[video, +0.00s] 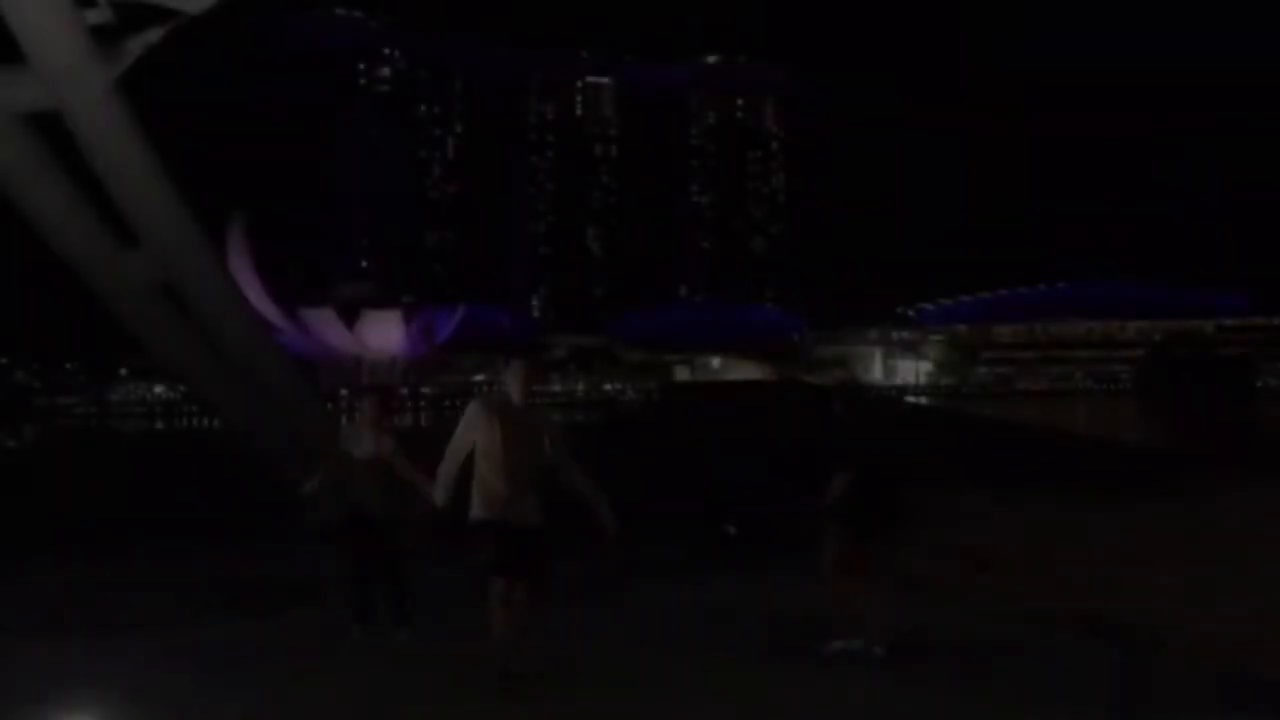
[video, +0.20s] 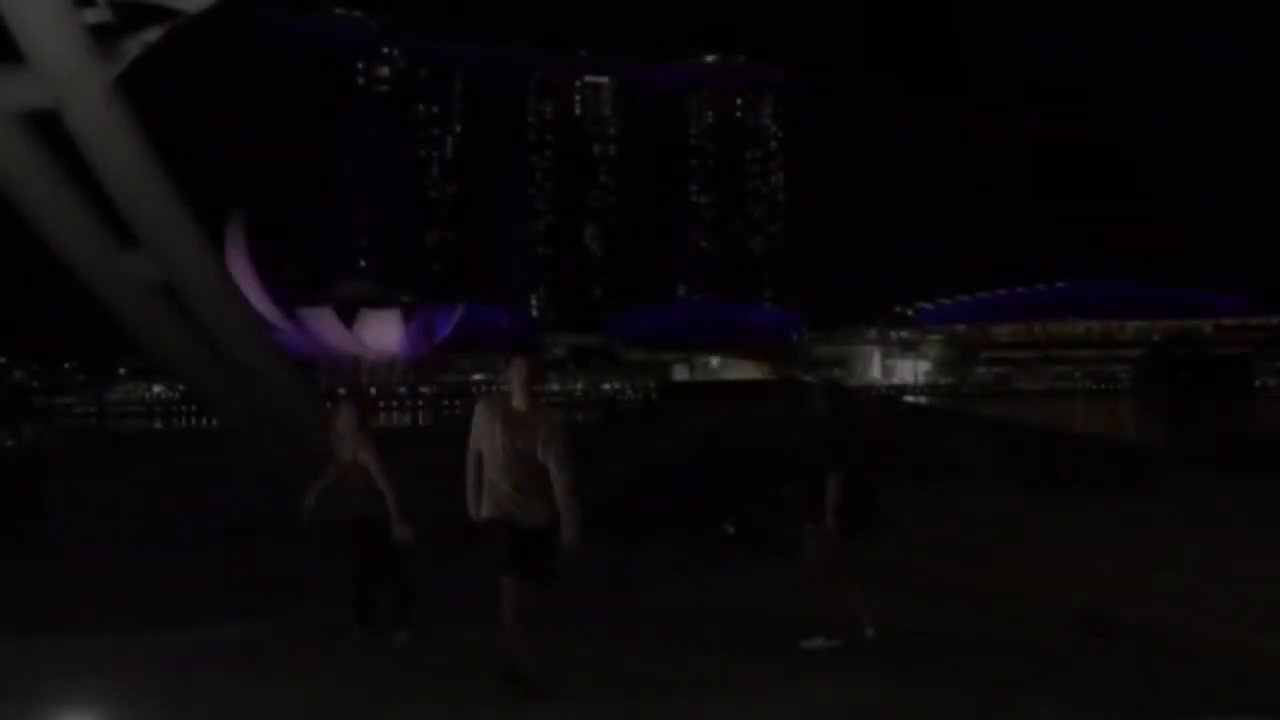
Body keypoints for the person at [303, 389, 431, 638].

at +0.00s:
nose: (368, 417)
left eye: (372, 412)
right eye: (363, 412)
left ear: (379, 414)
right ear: (357, 414)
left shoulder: (384, 441)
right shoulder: (347, 439)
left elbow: (404, 469)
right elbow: (332, 464)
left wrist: (427, 490)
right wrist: (316, 483)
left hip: (384, 507)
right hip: (352, 507)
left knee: (389, 563)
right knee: (357, 565)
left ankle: (397, 616)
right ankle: (360, 617)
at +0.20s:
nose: (343, 428)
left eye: (348, 422)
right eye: (340, 422)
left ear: (356, 425)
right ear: (334, 426)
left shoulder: (364, 454)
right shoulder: (340, 454)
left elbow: (385, 487)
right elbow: (329, 477)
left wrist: (395, 520)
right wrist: (312, 498)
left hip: (375, 523)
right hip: (351, 523)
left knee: (383, 573)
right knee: (358, 575)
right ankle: (361, 620)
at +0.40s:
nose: (328, 425)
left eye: (334, 419)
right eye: (326, 420)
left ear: (347, 421)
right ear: (325, 423)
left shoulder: (359, 446)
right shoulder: (331, 448)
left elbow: (356, 489)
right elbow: (334, 489)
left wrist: (352, 526)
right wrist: (314, 515)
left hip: (381, 514)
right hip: (358, 514)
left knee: (389, 570)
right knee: (359, 570)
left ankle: (401, 622)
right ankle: (363, 620)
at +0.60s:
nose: (332, 423)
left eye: (336, 416)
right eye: (328, 417)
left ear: (349, 418)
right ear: (324, 421)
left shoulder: (364, 440)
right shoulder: (330, 450)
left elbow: (364, 476)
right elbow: (331, 485)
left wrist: (348, 505)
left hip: (378, 512)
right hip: (352, 514)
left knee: (383, 570)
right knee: (357, 571)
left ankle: (392, 623)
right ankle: (360, 623)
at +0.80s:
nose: (341, 419)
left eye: (346, 412)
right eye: (337, 413)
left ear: (357, 414)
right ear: (332, 417)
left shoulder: (375, 441)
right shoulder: (327, 447)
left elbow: (392, 477)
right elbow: (318, 487)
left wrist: (381, 507)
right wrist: (341, 474)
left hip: (376, 517)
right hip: (345, 518)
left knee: (382, 569)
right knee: (351, 572)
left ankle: (389, 624)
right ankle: (356, 624)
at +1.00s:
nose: (354, 412)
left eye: (359, 407)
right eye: (350, 407)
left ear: (368, 411)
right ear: (343, 411)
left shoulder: (381, 435)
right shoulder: (333, 437)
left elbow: (412, 459)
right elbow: (304, 463)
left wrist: (416, 493)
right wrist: (332, 473)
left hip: (380, 511)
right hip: (346, 512)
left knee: (381, 569)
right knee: (351, 570)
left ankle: (379, 625)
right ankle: (354, 623)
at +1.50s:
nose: (382, 414)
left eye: (388, 408)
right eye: (377, 408)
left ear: (395, 409)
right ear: (368, 408)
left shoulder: (405, 434)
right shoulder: (359, 434)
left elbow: (418, 467)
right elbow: (344, 464)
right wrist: (370, 454)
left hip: (399, 508)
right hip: (367, 508)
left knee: (392, 570)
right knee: (375, 570)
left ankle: (386, 629)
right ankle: (381, 630)